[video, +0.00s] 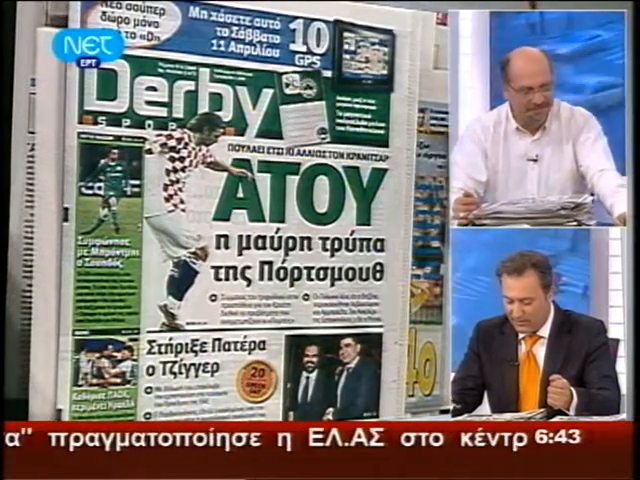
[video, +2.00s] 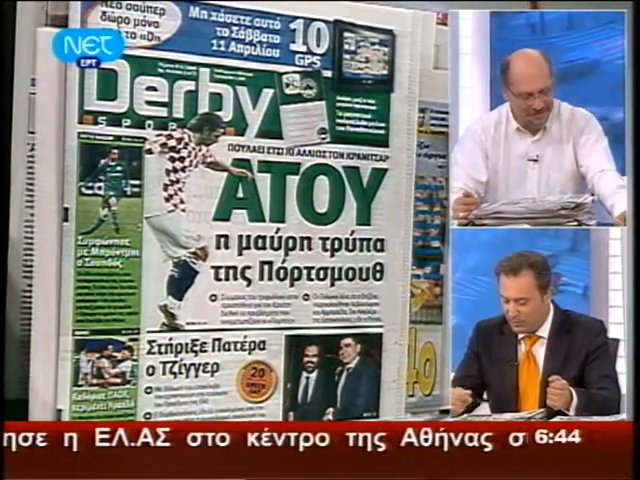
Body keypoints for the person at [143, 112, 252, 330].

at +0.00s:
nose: (215, 141)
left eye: (217, 137)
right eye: (215, 136)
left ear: (206, 132)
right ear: (205, 130)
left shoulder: (199, 149)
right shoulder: (178, 137)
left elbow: (212, 162)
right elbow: (149, 146)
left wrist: (231, 170)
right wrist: (154, 148)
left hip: (166, 209)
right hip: (161, 207)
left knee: (181, 260)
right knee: (200, 251)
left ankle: (171, 317)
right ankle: (172, 304)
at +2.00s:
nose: (216, 141)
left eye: (218, 137)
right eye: (216, 136)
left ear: (206, 132)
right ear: (206, 130)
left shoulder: (199, 149)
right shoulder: (179, 137)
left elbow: (212, 162)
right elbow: (151, 145)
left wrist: (231, 170)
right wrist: (153, 147)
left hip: (165, 208)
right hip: (161, 207)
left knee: (181, 260)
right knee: (200, 251)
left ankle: (171, 317)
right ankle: (172, 304)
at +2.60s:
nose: (215, 141)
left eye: (217, 137)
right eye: (215, 136)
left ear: (207, 132)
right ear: (205, 130)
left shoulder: (199, 150)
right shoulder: (179, 137)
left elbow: (212, 162)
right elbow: (149, 146)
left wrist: (232, 170)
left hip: (165, 209)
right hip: (161, 208)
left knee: (180, 262)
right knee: (200, 251)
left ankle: (170, 317)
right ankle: (172, 304)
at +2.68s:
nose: (215, 141)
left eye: (217, 137)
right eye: (215, 136)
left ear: (207, 132)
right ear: (205, 130)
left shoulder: (199, 150)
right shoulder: (179, 137)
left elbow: (212, 162)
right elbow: (149, 146)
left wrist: (231, 170)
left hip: (165, 209)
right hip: (161, 208)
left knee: (180, 261)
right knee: (200, 251)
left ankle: (170, 317)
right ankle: (172, 304)